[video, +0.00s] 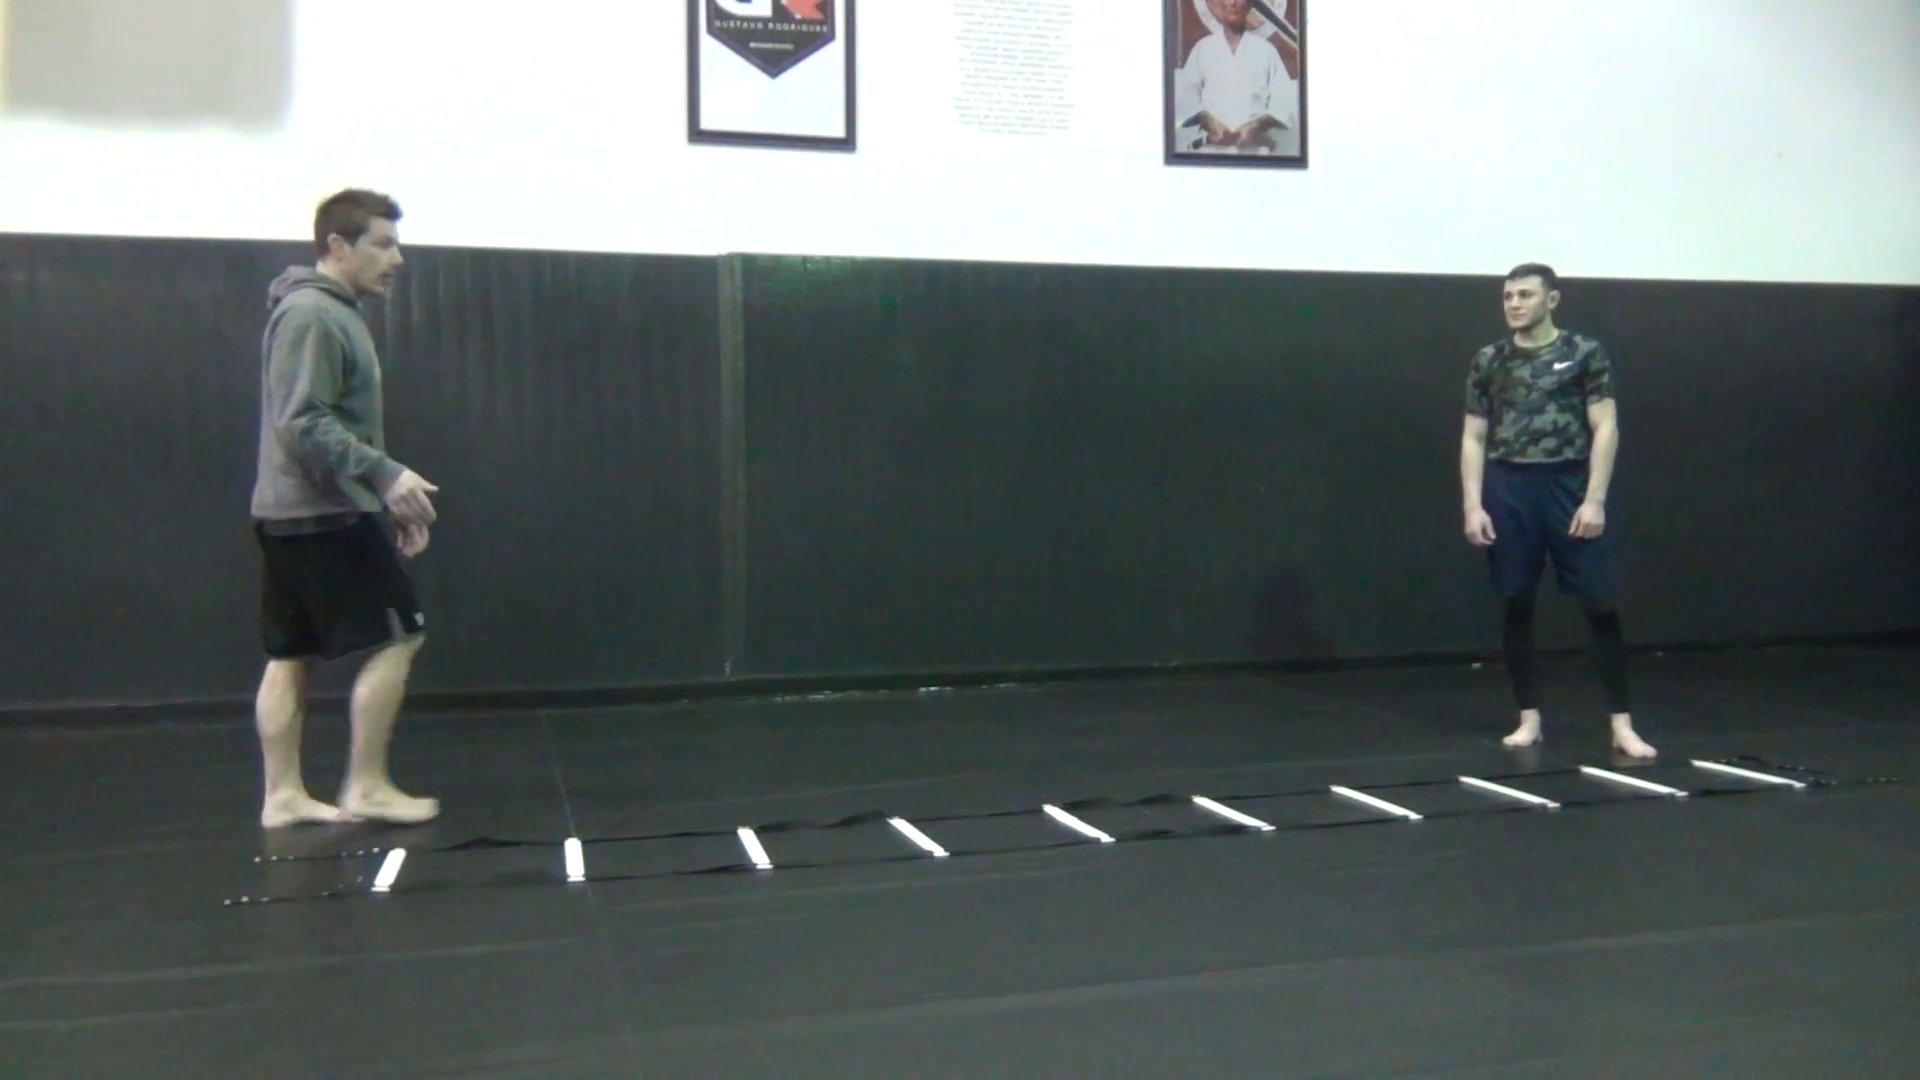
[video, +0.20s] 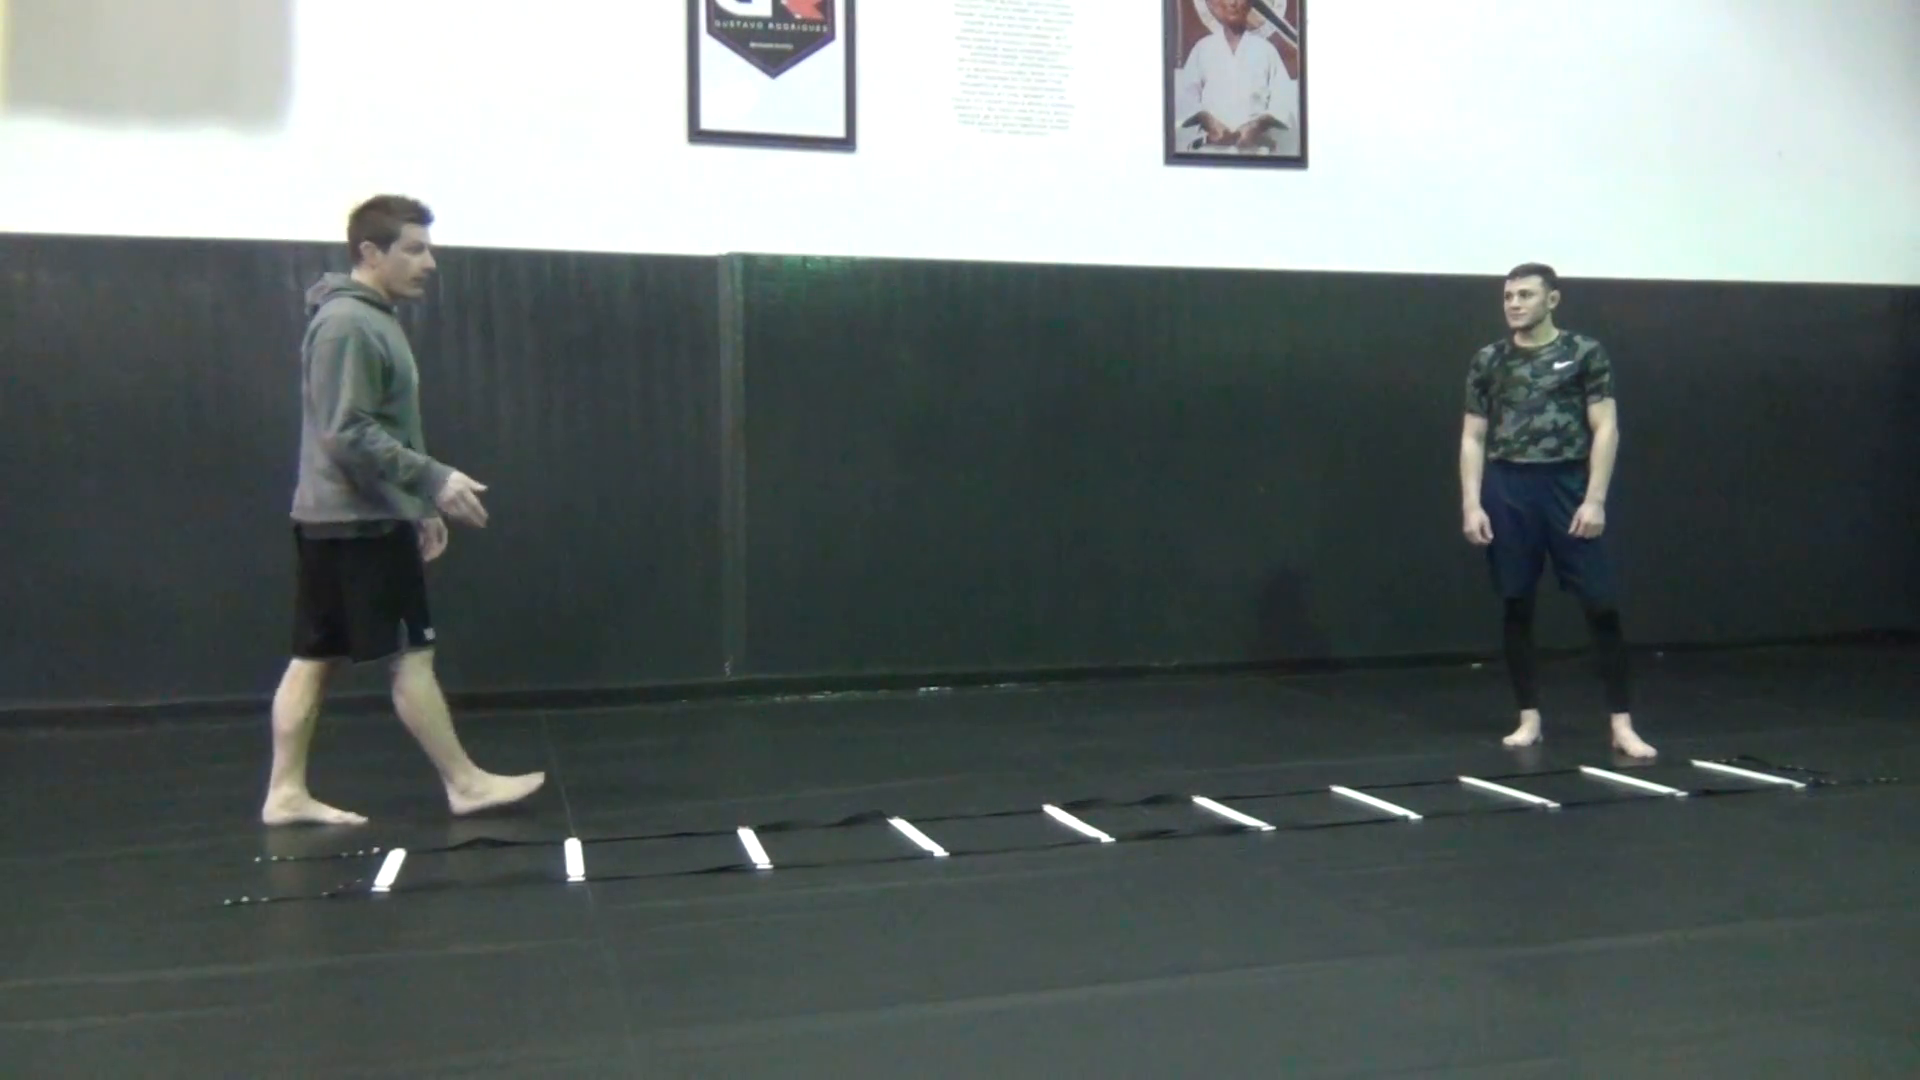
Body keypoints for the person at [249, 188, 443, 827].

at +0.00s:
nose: (396, 260)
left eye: (396, 247)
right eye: (384, 246)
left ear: (342, 249)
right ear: (337, 245)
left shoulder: (331, 312)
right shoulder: (312, 315)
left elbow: (339, 428)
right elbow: (303, 421)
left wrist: (389, 504)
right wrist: (385, 474)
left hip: (294, 513)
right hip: (324, 512)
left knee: (289, 655)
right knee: (398, 634)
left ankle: (282, 795)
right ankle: (367, 785)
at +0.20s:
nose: (428, 264)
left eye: (429, 251)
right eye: (415, 251)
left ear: (377, 256)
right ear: (371, 253)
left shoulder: (372, 320)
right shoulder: (347, 323)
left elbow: (383, 429)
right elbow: (348, 430)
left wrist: (418, 507)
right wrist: (434, 478)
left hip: (335, 516)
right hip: (363, 518)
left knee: (313, 655)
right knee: (412, 652)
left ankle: (285, 794)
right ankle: (465, 782)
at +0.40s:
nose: (473, 265)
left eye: (473, 252)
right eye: (460, 253)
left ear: (419, 257)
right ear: (414, 256)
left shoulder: (420, 320)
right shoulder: (396, 328)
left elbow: (428, 430)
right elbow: (412, 437)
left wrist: (458, 503)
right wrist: (506, 467)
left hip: (395, 516)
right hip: (408, 520)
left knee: (363, 652)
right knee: (443, 657)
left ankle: (299, 774)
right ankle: (472, 791)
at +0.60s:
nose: (516, 262)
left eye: (515, 250)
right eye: (503, 250)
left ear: (461, 256)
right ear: (459, 254)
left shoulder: (462, 319)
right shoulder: (445, 329)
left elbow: (478, 425)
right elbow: (476, 431)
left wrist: (501, 506)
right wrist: (573, 445)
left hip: (468, 514)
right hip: (456, 518)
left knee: (455, 643)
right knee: (469, 650)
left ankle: (372, 736)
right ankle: (474, 791)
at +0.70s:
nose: (534, 262)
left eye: (533, 250)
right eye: (521, 251)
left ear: (486, 255)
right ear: (476, 255)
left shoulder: (484, 318)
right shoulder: (460, 327)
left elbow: (506, 418)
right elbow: (491, 426)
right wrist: (586, 424)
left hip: (500, 511)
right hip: (476, 515)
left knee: (514, 625)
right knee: (485, 642)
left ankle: (436, 737)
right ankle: (474, 789)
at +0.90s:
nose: (568, 267)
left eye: (567, 255)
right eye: (556, 255)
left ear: (529, 260)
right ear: (512, 258)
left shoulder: (533, 324)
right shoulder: (485, 328)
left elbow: (548, 428)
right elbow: (506, 423)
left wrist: (568, 501)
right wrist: (593, 389)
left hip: (545, 510)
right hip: (506, 513)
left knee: (573, 622)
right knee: (500, 645)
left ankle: (571, 752)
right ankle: (474, 789)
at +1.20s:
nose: (631, 281)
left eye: (633, 270)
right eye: (619, 269)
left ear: (598, 273)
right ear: (578, 270)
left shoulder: (612, 337)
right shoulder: (541, 337)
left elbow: (628, 435)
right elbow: (559, 424)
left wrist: (658, 500)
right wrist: (632, 378)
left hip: (618, 515)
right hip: (567, 518)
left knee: (633, 638)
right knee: (538, 644)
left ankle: (662, 758)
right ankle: (479, 776)